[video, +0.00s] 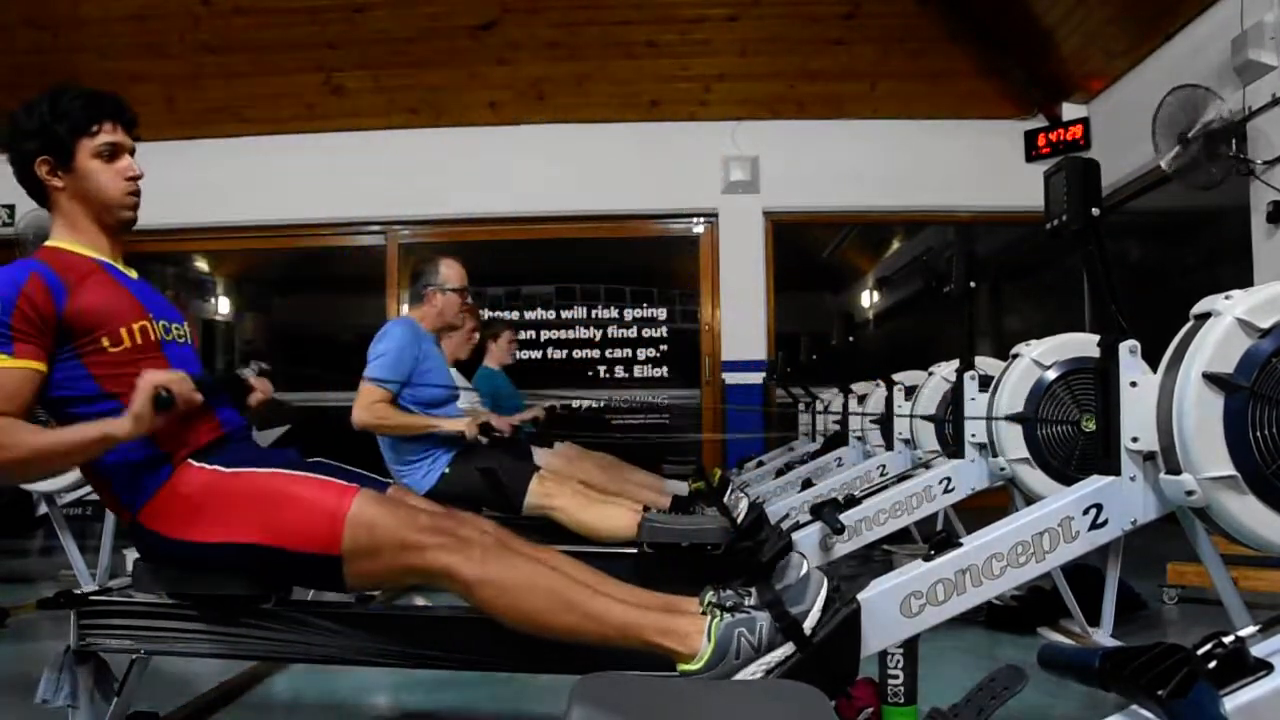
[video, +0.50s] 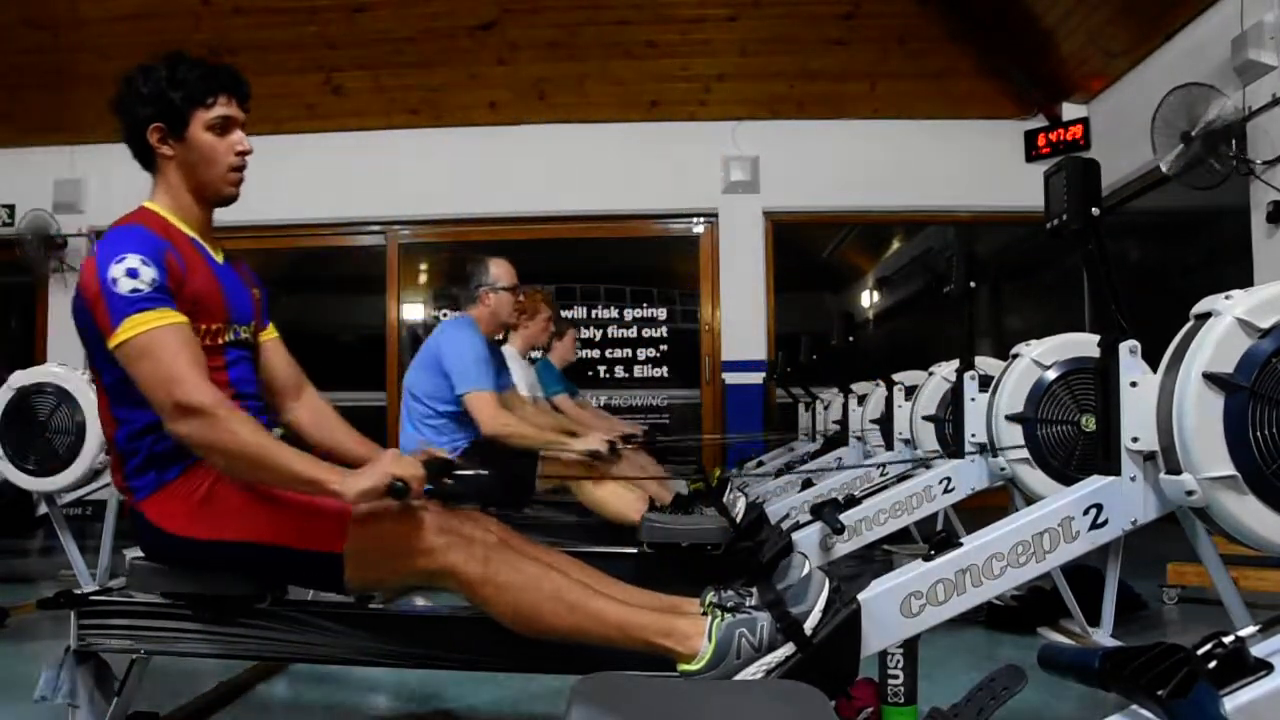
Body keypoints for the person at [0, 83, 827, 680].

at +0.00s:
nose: (134, 170)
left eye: (132, 155)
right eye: (112, 157)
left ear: (106, 171)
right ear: (52, 174)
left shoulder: (126, 278)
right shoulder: (36, 279)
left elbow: (157, 406)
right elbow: (5, 443)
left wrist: (234, 397)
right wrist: (120, 427)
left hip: (221, 467)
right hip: (176, 491)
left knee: (456, 530)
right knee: (432, 539)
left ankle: (701, 623)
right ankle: (694, 641)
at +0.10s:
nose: (145, 168)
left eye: (144, 152)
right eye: (122, 152)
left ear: (122, 169)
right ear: (61, 171)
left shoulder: (134, 278)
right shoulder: (46, 277)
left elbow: (170, 409)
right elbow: (14, 442)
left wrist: (257, 420)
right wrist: (159, 451)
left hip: (216, 470)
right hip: (173, 493)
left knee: (458, 531)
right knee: (437, 541)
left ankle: (702, 623)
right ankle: (698, 641)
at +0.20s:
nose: (165, 160)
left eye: (164, 143)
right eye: (143, 143)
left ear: (142, 161)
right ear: (81, 160)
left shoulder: (147, 272)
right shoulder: (59, 271)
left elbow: (187, 406)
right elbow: (57, 433)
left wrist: (256, 433)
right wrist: (208, 464)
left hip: (241, 474)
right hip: (192, 499)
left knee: (464, 531)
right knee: (439, 540)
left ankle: (702, 624)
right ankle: (702, 642)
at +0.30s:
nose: (189, 154)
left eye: (189, 138)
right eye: (169, 137)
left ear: (168, 152)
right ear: (108, 152)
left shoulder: (172, 269)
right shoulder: (85, 264)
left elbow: (234, 393)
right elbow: (109, 426)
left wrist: (299, 445)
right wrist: (261, 478)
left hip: (261, 482)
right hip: (192, 504)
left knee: (465, 529)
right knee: (440, 537)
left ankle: (703, 629)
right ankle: (703, 640)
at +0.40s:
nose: (216, 148)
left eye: (215, 131)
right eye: (195, 132)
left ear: (190, 146)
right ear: (135, 145)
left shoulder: (203, 271)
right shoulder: (106, 261)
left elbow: (267, 399)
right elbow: (153, 421)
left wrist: (343, 455)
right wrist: (304, 480)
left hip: (261, 487)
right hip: (192, 500)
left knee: (473, 528)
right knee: (448, 540)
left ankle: (698, 625)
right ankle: (700, 641)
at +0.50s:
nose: (243, 144)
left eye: (243, 129)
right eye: (221, 128)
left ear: (223, 144)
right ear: (163, 141)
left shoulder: (224, 269)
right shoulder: (129, 254)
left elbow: (292, 397)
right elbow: (193, 420)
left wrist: (374, 460)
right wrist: (340, 482)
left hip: (258, 483)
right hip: (193, 498)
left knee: (475, 523)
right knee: (447, 536)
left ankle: (698, 624)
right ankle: (697, 639)